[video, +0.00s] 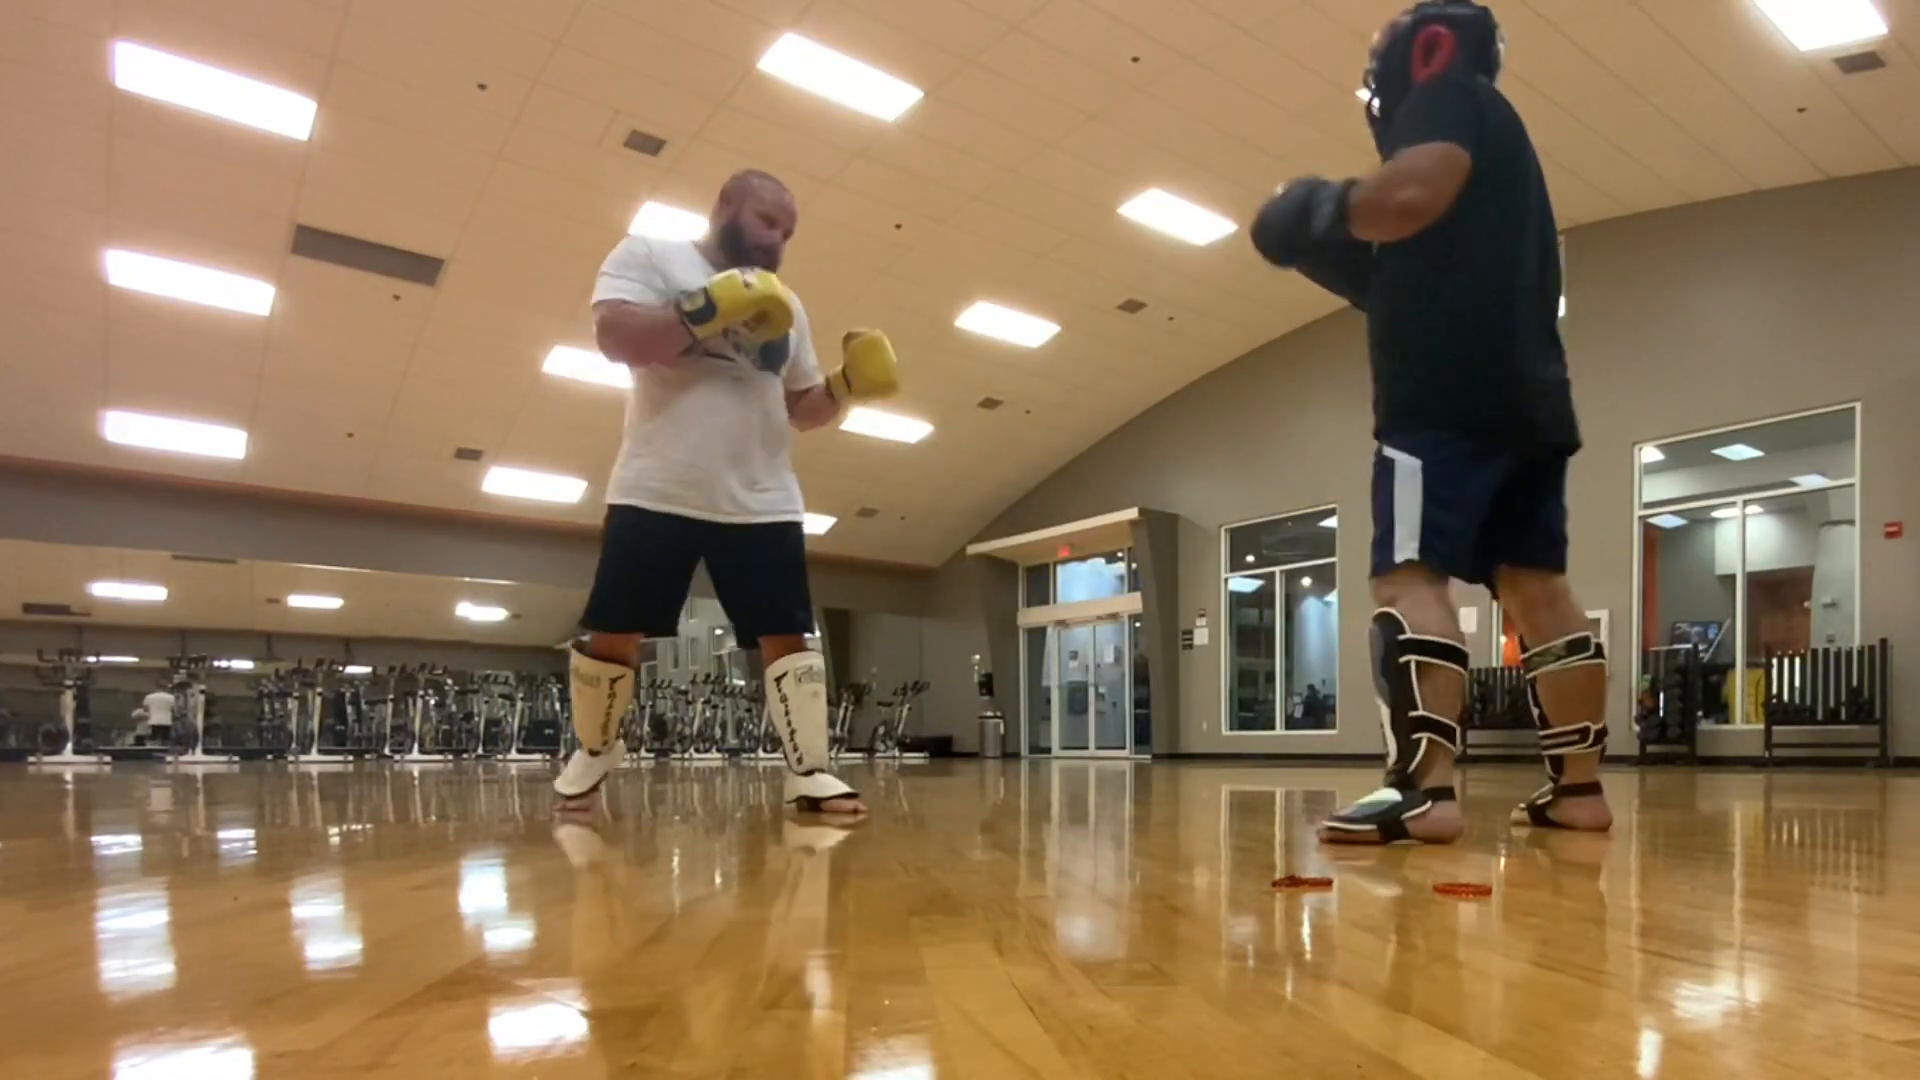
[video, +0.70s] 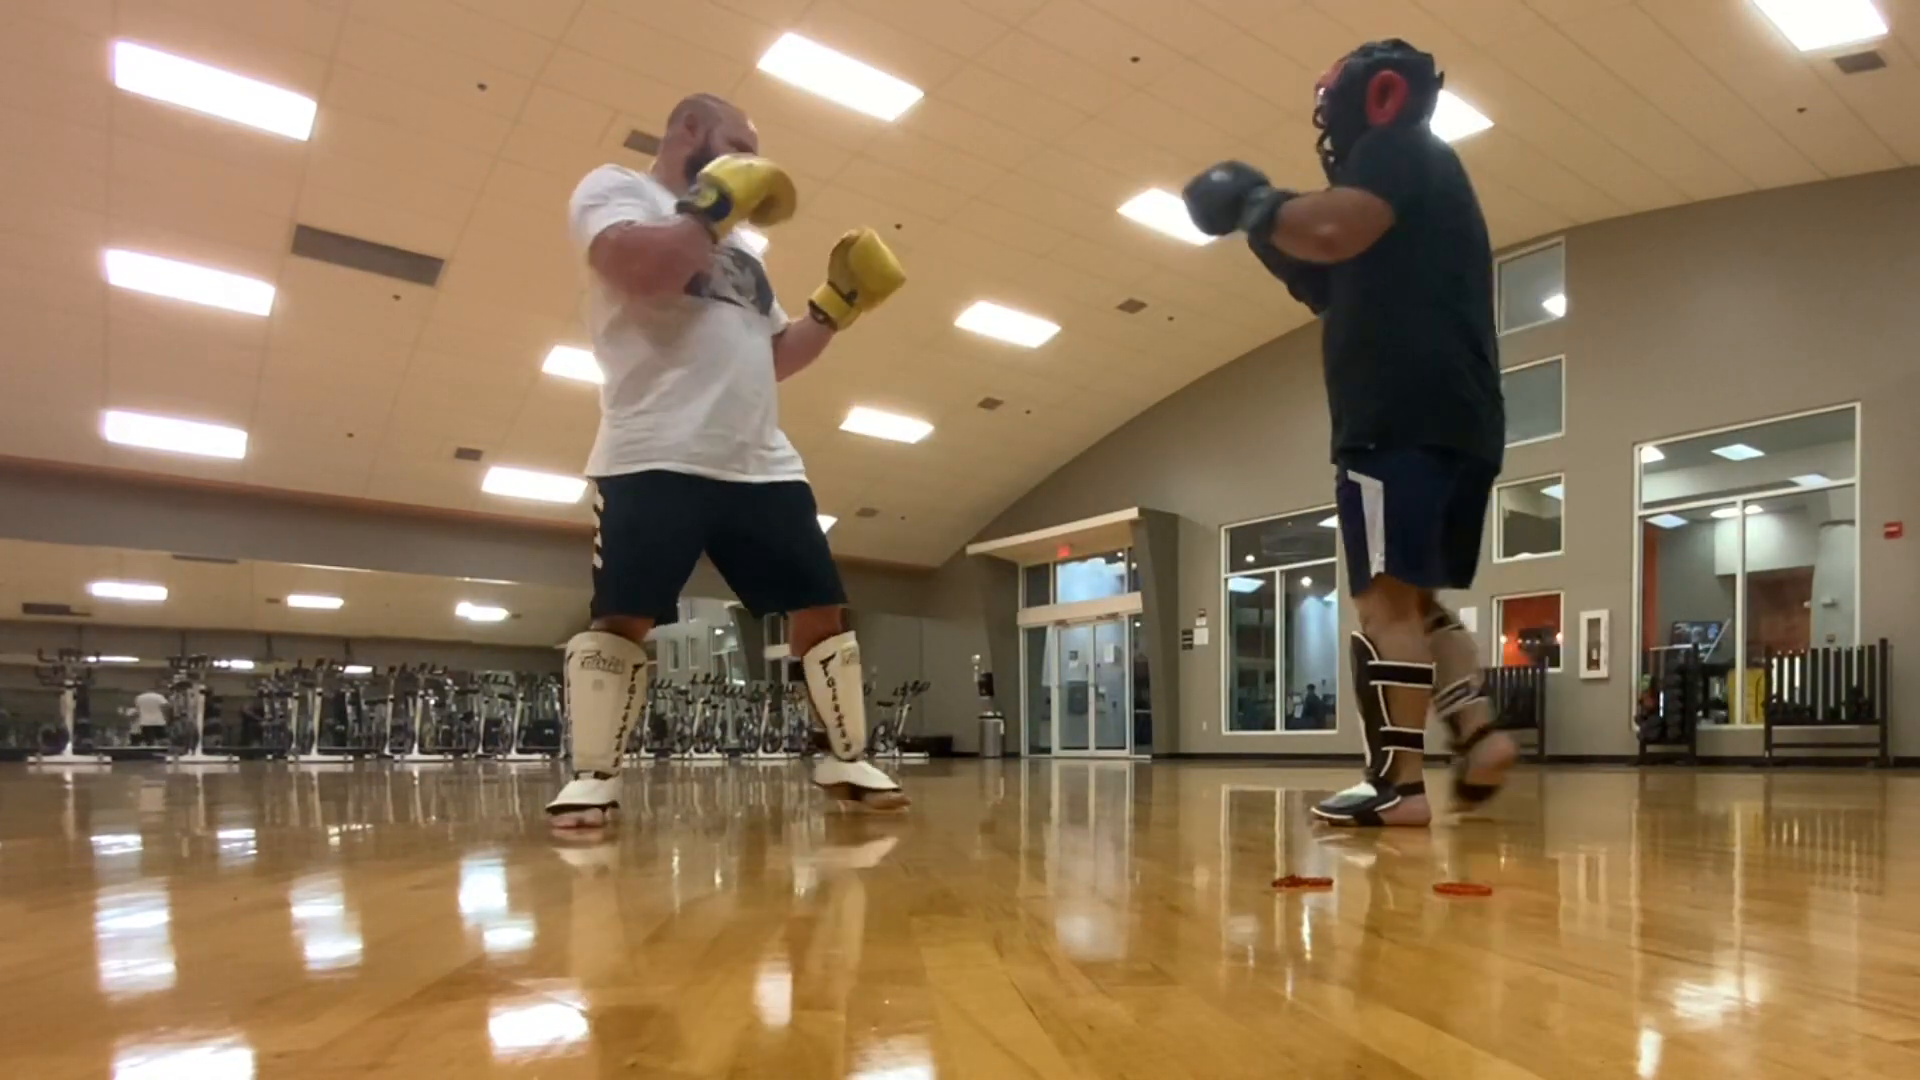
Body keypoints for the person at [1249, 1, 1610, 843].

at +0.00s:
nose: (1374, 88)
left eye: (1384, 65)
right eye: (1375, 76)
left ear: (1431, 48)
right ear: (1477, 60)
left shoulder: (1450, 95)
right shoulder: (1501, 138)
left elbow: (1415, 196)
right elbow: (1434, 284)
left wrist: (1318, 208)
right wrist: (1333, 255)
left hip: (1442, 389)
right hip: (1530, 392)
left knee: (1410, 576)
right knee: (1534, 580)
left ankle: (1426, 791)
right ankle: (1579, 789)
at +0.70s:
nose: (1322, 110)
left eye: (1334, 94)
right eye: (1324, 97)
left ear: (1385, 93)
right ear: (1395, 98)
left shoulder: (1401, 148)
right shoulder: (1425, 178)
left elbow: (1338, 230)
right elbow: (1335, 297)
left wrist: (1251, 202)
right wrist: (1268, 234)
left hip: (1396, 407)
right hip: (1455, 410)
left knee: (1384, 597)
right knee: (1414, 594)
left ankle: (1397, 783)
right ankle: (1477, 736)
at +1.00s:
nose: (1291, 140)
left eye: (1303, 125)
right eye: (1295, 129)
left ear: (1352, 130)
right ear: (1368, 140)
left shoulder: (1333, 192)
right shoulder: (1395, 215)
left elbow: (1216, 245)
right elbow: (1308, 321)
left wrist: (1192, 202)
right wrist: (1228, 262)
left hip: (1322, 423)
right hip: (1379, 434)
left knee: (1273, 596)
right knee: (1310, 606)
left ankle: (1371, 750)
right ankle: (1291, 777)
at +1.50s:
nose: (1289, 197)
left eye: (1302, 182)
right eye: (1292, 184)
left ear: (1342, 182)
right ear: (1358, 189)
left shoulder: (1359, 231)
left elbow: (1345, 290)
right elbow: (1289, 367)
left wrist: (1256, 276)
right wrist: (1226, 302)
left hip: (1260, 413)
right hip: (1309, 465)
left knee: (1095, 419)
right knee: (1267, 611)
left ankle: (948, 467)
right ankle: (1278, 781)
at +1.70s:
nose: (1294, 189)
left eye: (1308, 173)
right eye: (1296, 177)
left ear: (1355, 176)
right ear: (1361, 182)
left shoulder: (1367, 229)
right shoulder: (1351, 261)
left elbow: (1302, 257)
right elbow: (1287, 358)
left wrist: (1226, 177)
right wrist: (1237, 283)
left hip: (1296, 433)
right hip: (1349, 458)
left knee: (1167, 518)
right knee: (1289, 608)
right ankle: (1280, 778)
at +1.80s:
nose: (1300, 176)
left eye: (1313, 161)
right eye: (1304, 167)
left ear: (1358, 170)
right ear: (1364, 177)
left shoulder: (1371, 230)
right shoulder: (1342, 261)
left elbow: (1277, 229)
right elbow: (1284, 362)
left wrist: (1239, 146)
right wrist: (1239, 272)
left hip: (1334, 452)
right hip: (1361, 464)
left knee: (1263, 598)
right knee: (1303, 618)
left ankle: (1357, 736)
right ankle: (1286, 772)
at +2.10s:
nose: (1354, 189)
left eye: (1367, 175)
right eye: (1356, 180)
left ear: (1418, 178)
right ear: (1419, 183)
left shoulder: (1451, 232)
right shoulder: (1410, 259)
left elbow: (1397, 276)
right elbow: (1349, 331)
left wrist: (1315, 213)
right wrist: (1288, 289)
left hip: (1446, 455)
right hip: (1432, 457)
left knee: (1415, 609)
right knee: (1422, 609)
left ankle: (1427, 777)